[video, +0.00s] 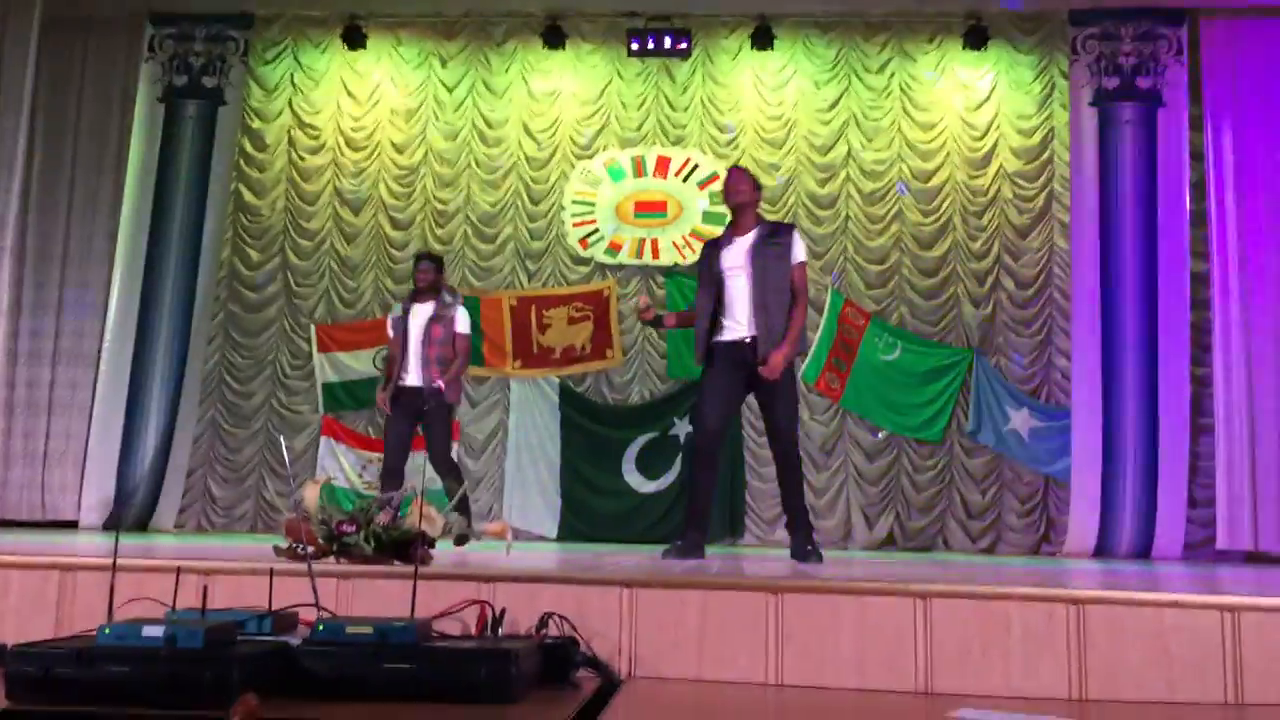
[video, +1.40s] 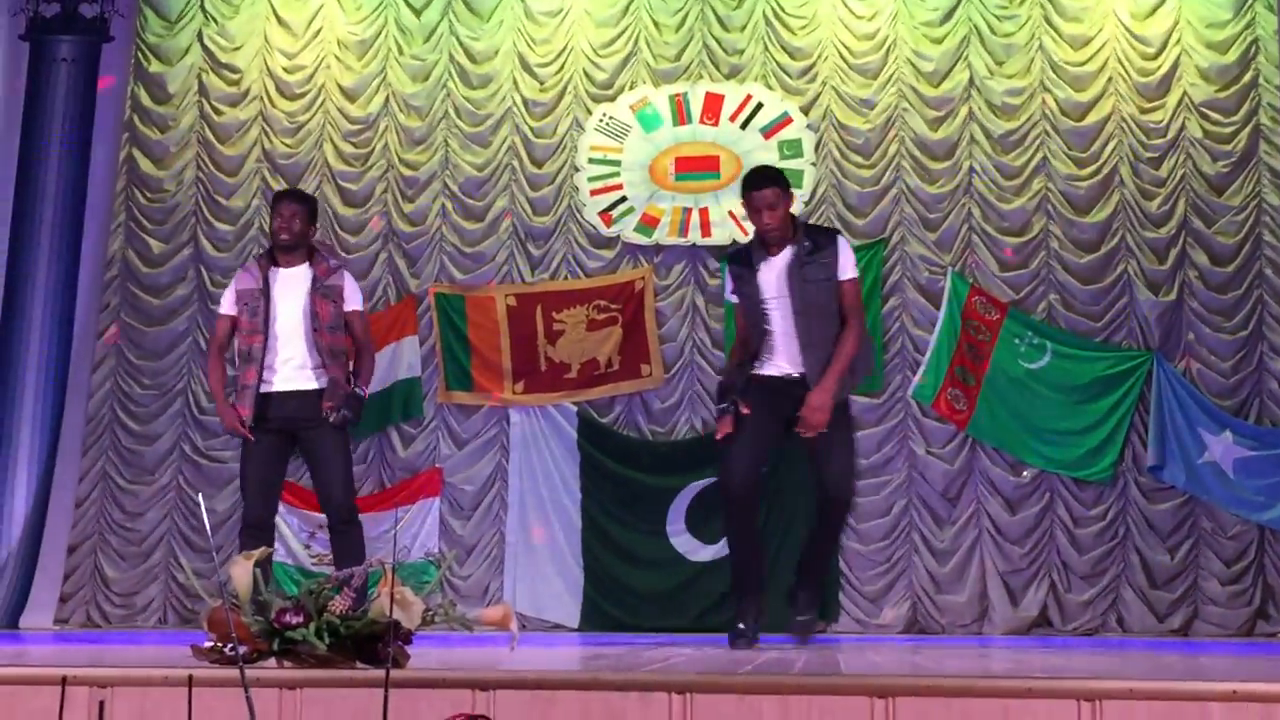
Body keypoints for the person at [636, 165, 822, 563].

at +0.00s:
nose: (733, 191)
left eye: (740, 185)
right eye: (728, 186)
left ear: (757, 194)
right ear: (723, 198)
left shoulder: (784, 236)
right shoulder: (713, 249)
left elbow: (800, 300)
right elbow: (706, 312)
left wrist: (785, 350)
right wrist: (661, 318)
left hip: (771, 355)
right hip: (724, 355)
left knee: (785, 447)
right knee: (705, 440)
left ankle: (802, 541)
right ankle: (693, 540)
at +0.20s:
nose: (768, 188)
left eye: (777, 184)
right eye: (764, 184)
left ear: (794, 193)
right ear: (758, 193)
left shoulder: (817, 239)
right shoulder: (740, 243)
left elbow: (823, 303)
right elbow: (739, 311)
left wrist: (813, 336)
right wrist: (710, 314)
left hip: (794, 356)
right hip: (744, 356)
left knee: (807, 451)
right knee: (713, 441)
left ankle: (822, 551)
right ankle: (689, 541)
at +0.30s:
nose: (801, 156)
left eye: (811, 150)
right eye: (794, 152)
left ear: (830, 166)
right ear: (785, 168)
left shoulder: (857, 223)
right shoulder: (764, 227)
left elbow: (862, 302)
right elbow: (751, 305)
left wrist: (863, 267)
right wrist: (715, 264)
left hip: (833, 359)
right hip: (772, 357)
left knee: (849, 471)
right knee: (728, 459)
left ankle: (871, 595)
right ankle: (688, 574)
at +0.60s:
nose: (759, 186)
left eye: (769, 179)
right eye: (755, 179)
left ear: (790, 187)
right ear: (749, 189)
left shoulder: (822, 239)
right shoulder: (737, 248)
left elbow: (827, 298)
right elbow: (721, 315)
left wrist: (790, 244)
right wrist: (728, 250)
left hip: (805, 372)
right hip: (745, 375)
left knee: (843, 477)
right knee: (719, 478)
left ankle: (889, 593)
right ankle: (701, 592)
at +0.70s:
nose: (742, 165)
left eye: (753, 157)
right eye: (739, 158)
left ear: (778, 167)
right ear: (737, 169)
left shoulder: (819, 223)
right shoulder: (725, 242)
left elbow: (830, 305)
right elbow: (723, 322)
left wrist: (775, 314)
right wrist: (738, 309)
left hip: (805, 369)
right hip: (744, 372)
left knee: (839, 478)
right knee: (725, 487)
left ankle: (868, 604)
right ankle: (710, 615)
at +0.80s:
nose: (713, 167)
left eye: (722, 158)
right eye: (712, 159)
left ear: (753, 164)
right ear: (721, 169)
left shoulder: (798, 219)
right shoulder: (709, 238)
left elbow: (812, 303)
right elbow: (701, 324)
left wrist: (779, 359)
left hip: (786, 367)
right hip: (727, 372)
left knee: (809, 472)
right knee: (712, 487)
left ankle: (814, 595)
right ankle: (701, 613)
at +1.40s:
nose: (767, 217)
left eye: (774, 206)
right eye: (757, 210)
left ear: (790, 204)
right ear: (746, 213)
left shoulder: (831, 246)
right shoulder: (741, 264)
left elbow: (854, 325)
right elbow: (744, 339)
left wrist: (826, 391)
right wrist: (727, 399)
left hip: (821, 389)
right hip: (762, 390)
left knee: (838, 492)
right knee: (736, 485)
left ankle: (807, 593)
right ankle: (748, 607)